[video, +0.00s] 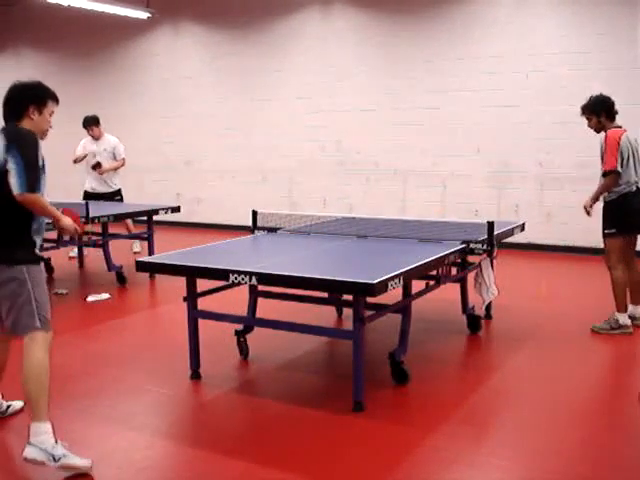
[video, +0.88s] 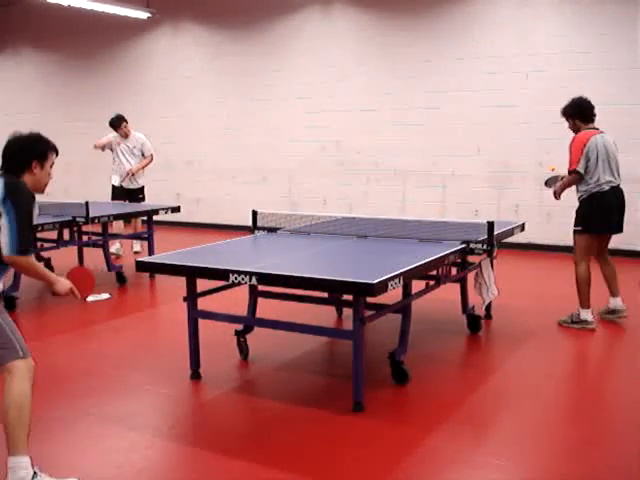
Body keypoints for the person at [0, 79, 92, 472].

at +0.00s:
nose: (52, 123)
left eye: (53, 116)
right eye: (50, 115)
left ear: (23, 112)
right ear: (32, 111)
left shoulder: (5, 138)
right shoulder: (23, 140)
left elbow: (22, 193)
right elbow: (24, 194)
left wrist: (55, 214)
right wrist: (59, 217)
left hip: (5, 255)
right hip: (18, 257)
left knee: (5, 331)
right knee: (38, 335)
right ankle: (41, 437)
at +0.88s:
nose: (51, 175)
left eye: (52, 167)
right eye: (50, 167)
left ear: (26, 165)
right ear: (33, 166)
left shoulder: (10, 190)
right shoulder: (16, 193)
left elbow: (12, 252)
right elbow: (12, 254)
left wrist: (48, 274)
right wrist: (52, 278)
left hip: (0, 300)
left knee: (16, 364)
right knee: (20, 364)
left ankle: (19, 466)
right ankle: (19, 468)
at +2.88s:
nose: (39, 159)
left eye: (40, 151)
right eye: (37, 151)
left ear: (14, 152)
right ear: (19, 152)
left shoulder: (6, 184)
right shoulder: (7, 187)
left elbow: (7, 250)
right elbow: (8, 254)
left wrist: (38, 255)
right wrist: (42, 259)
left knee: (13, 363)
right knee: (11, 364)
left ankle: (19, 467)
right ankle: (19, 469)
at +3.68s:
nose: (10, 161)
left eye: (12, 153)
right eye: (8, 152)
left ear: (5, 153)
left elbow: (16, 242)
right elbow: (19, 248)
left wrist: (51, 263)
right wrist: (57, 270)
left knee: (34, 356)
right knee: (37, 357)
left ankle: (30, 459)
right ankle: (31, 460)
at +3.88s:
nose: (62, 180)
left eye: (63, 171)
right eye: (58, 170)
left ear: (28, 167)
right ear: (37, 168)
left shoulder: (4, 187)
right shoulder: (22, 196)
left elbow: (21, 236)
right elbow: (71, 241)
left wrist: (46, 261)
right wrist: (80, 272)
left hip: (6, 311)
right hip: (6, 313)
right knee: (74, 362)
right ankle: (89, 464)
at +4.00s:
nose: (93, 205)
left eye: (95, 199)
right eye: (92, 197)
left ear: (51, 183)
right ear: (74, 189)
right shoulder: (66, 212)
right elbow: (119, 240)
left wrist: (114, 269)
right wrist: (123, 271)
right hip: (16, 321)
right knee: (92, 362)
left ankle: (91, 463)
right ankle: (92, 465)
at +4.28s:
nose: (65, 178)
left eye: (65, 170)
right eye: (63, 170)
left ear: (19, 166)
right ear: (48, 171)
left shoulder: (6, 194)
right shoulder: (53, 201)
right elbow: (130, 218)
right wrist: (165, 239)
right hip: (13, 327)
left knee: (76, 363)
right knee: (78, 365)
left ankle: (92, 463)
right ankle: (92, 464)